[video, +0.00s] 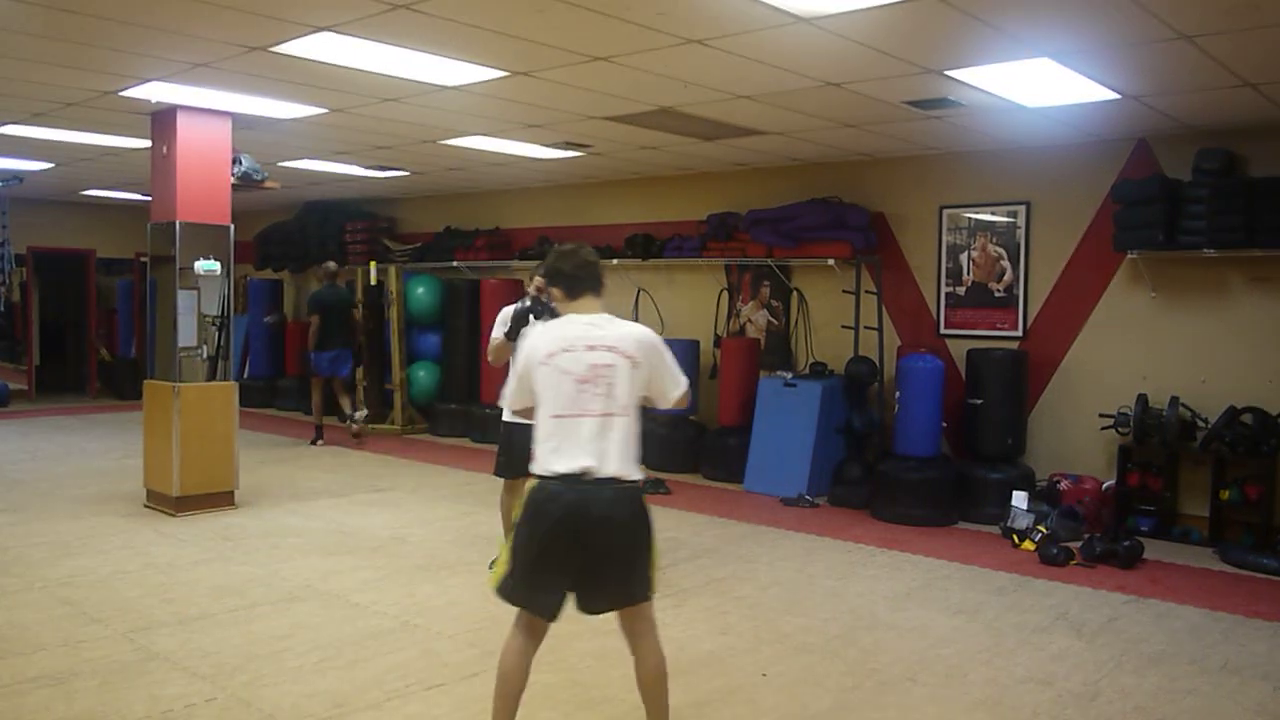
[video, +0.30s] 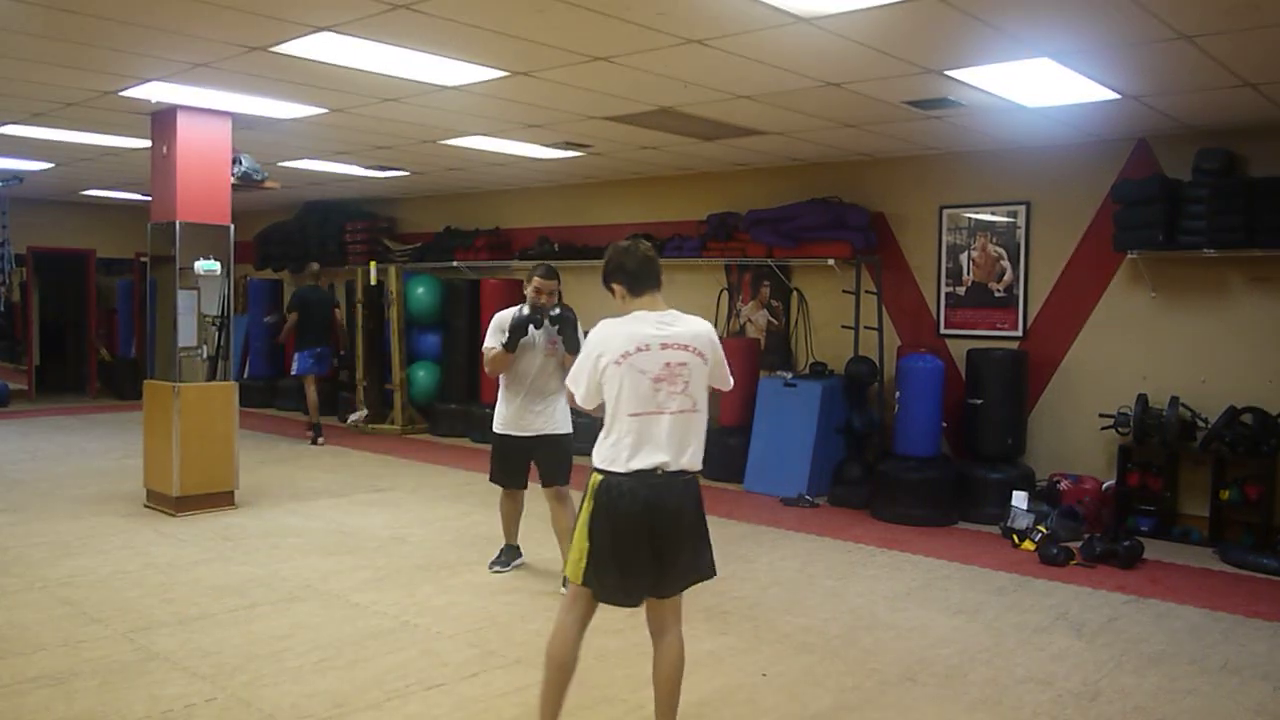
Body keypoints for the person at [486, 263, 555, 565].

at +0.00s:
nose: (539, 295)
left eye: (546, 291)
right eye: (536, 288)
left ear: (557, 292)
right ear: (528, 283)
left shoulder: (566, 320)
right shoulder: (511, 313)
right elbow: (495, 356)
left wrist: (554, 320)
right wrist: (517, 327)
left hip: (556, 414)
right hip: (518, 413)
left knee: (554, 485)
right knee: (513, 485)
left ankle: (549, 553)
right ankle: (510, 548)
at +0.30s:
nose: (543, 299)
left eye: (550, 294)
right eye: (537, 292)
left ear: (558, 294)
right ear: (526, 288)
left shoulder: (567, 323)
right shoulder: (504, 320)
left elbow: (577, 375)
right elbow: (492, 367)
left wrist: (568, 337)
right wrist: (515, 337)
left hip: (554, 423)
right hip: (511, 423)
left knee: (559, 492)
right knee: (511, 489)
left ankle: (572, 568)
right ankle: (510, 548)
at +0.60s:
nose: (553, 296)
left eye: (560, 290)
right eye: (548, 288)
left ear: (570, 288)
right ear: (537, 283)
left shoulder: (583, 321)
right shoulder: (517, 314)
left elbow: (587, 376)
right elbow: (500, 362)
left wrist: (577, 334)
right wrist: (523, 333)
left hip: (561, 423)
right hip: (515, 420)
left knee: (565, 498)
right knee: (492, 490)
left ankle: (572, 574)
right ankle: (504, 535)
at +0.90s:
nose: (544, 294)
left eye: (552, 288)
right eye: (538, 285)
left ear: (559, 288)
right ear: (525, 281)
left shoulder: (571, 322)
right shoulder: (499, 317)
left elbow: (585, 382)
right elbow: (475, 370)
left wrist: (563, 360)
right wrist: (497, 359)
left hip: (551, 433)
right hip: (501, 432)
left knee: (561, 502)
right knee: (482, 502)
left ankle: (572, 575)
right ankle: (457, 579)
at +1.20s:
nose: (503, 291)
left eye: (510, 285)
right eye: (496, 282)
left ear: (517, 284)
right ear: (482, 277)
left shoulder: (529, 316)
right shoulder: (457, 316)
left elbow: (545, 374)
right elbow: (438, 371)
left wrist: (530, 352)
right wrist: (471, 353)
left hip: (522, 427)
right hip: (470, 430)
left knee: (545, 498)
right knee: (464, 505)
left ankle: (559, 566)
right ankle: (457, 581)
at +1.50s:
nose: (489, 290)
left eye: (495, 283)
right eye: (482, 282)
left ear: (501, 283)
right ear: (465, 278)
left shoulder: (511, 314)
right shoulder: (442, 317)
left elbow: (532, 367)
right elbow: (435, 369)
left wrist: (520, 327)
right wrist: (462, 330)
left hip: (511, 426)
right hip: (460, 431)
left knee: (537, 498)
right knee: (459, 508)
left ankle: (537, 567)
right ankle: (456, 581)